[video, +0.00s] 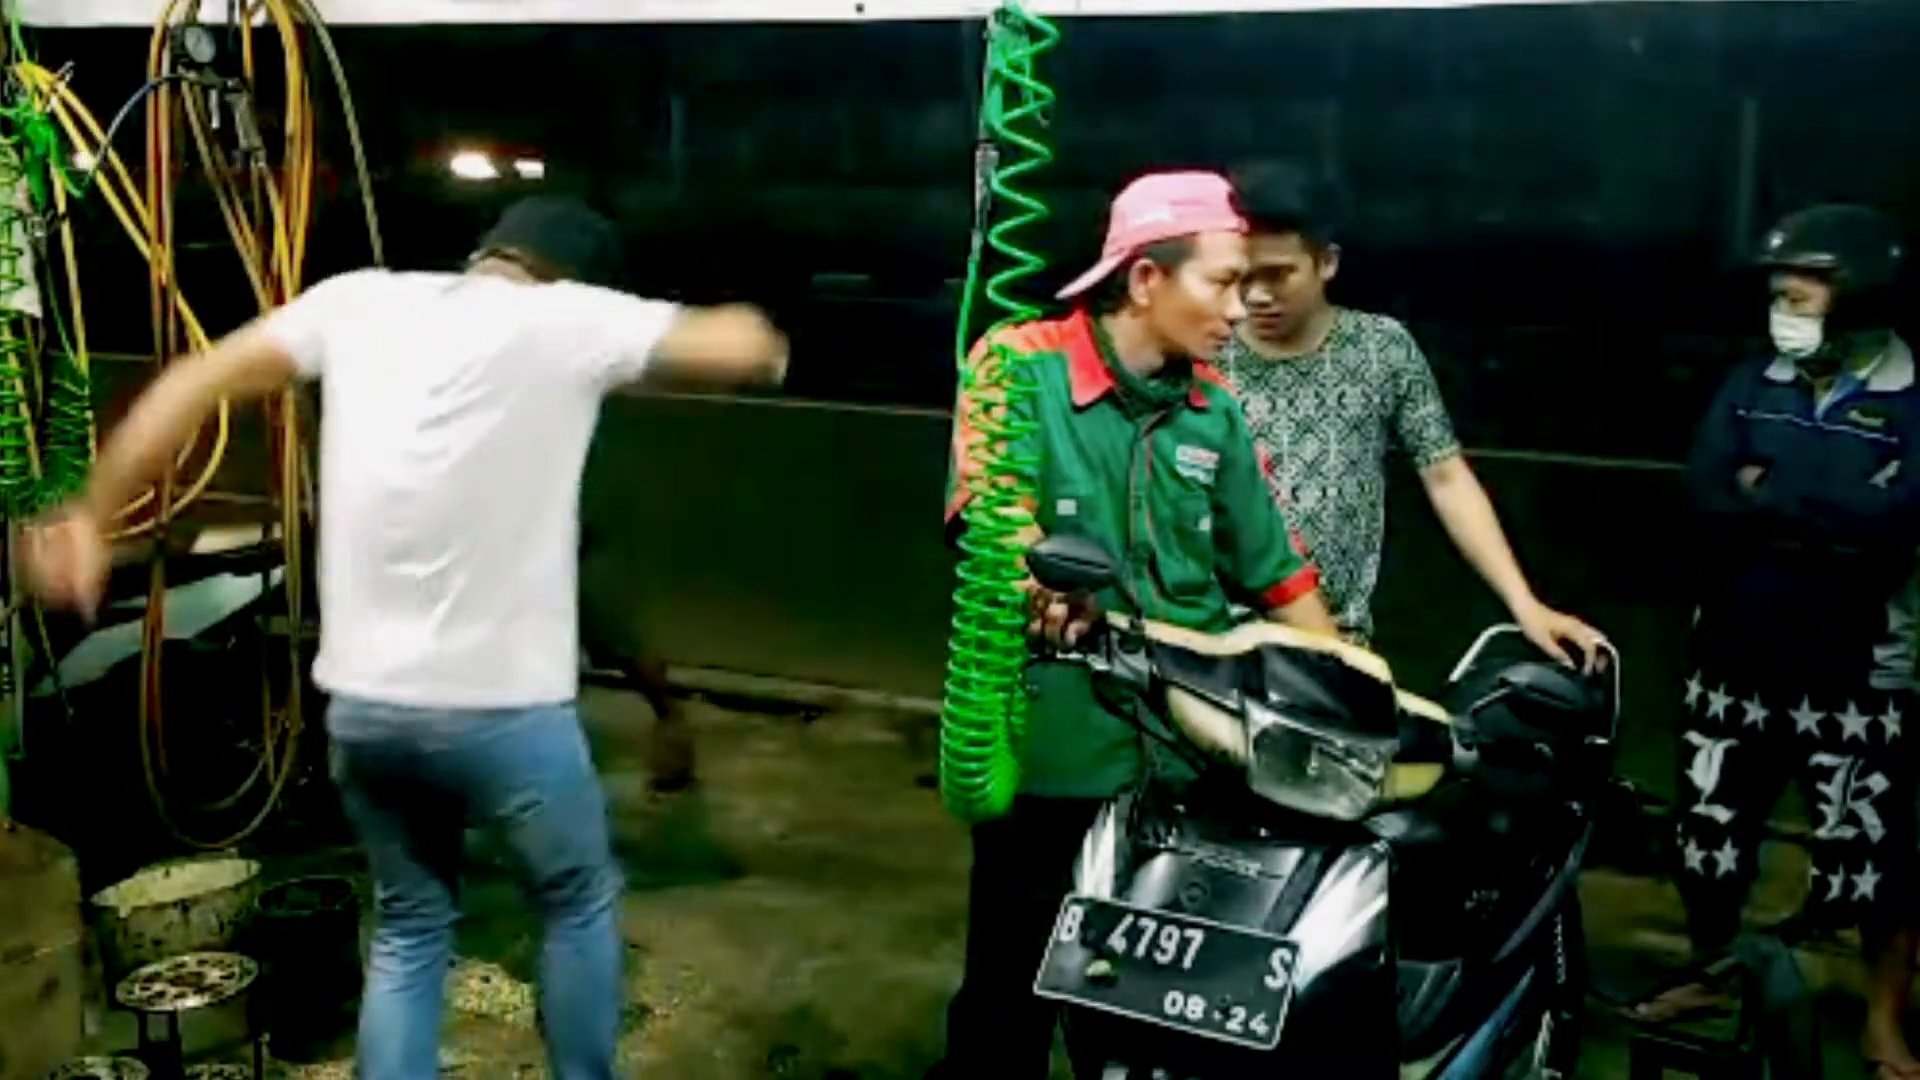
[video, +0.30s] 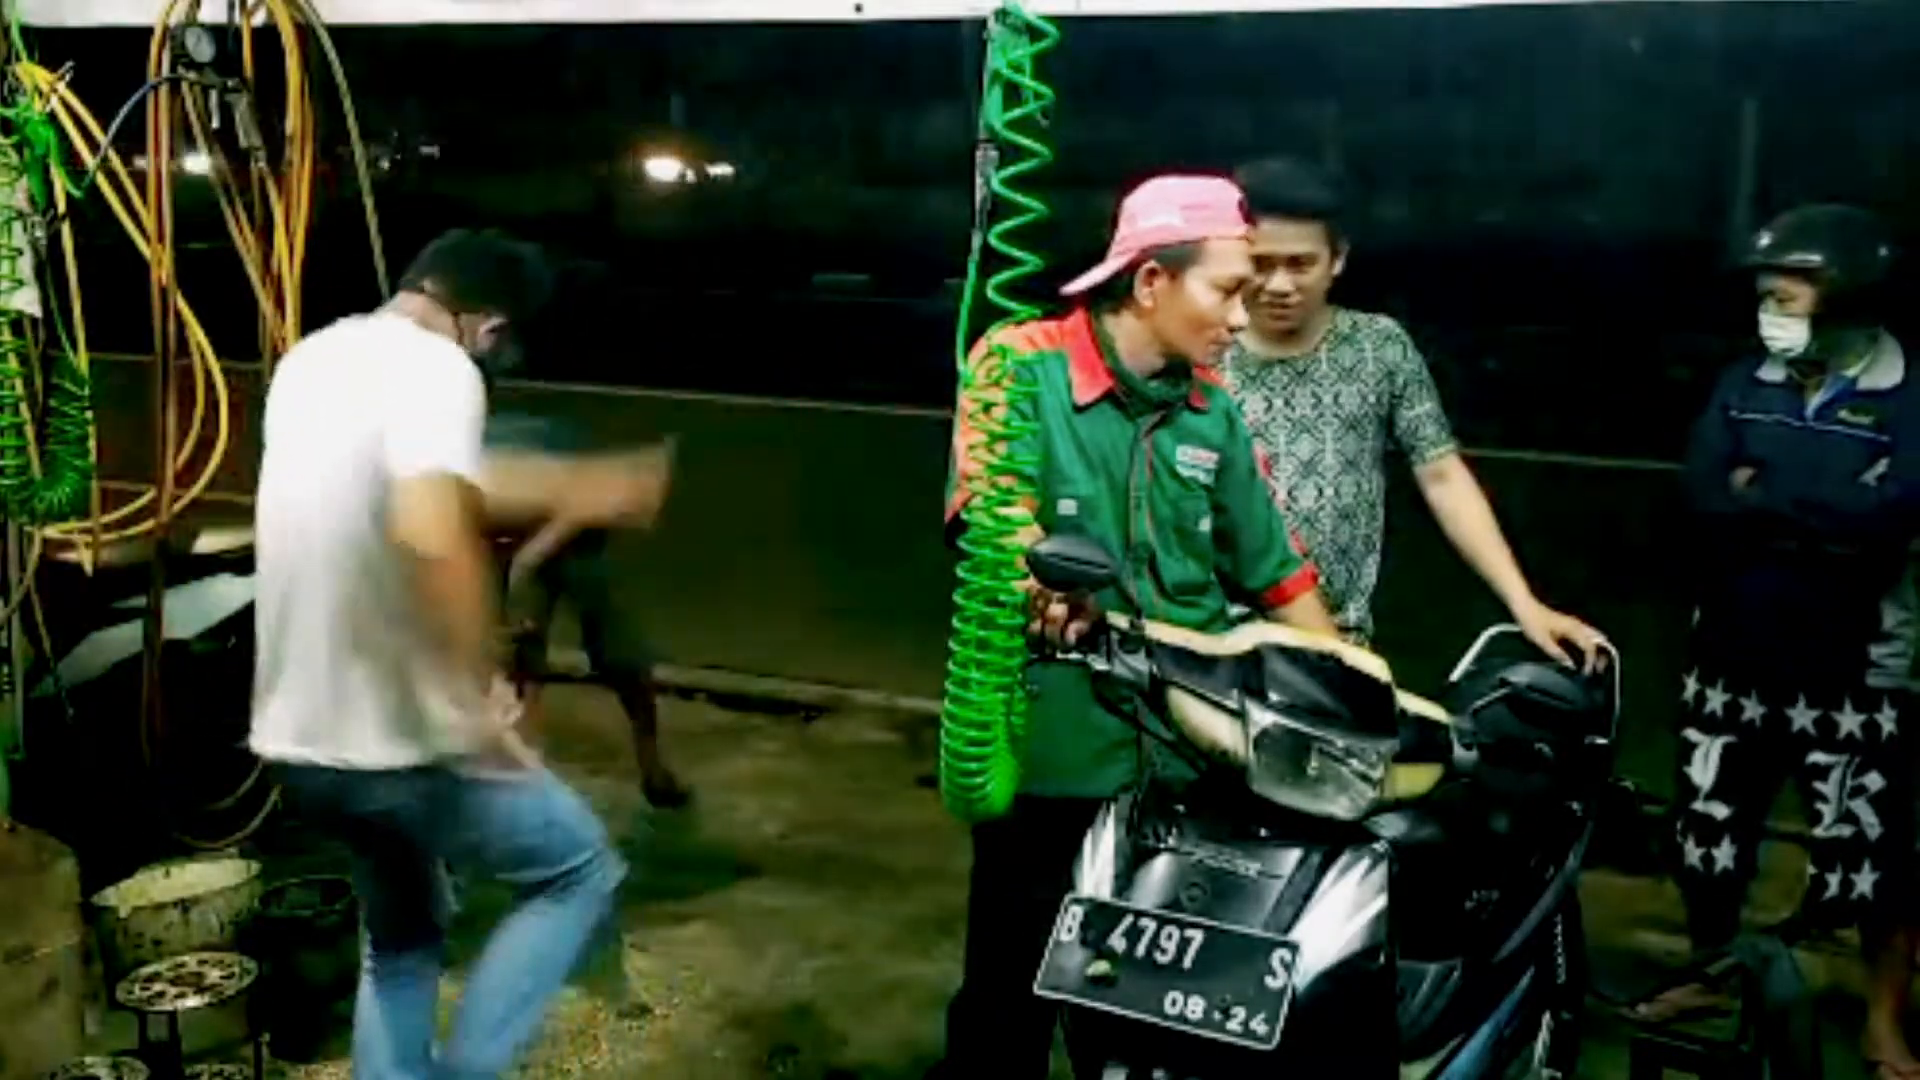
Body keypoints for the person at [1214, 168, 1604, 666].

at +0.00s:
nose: (1259, 296)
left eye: (1278, 274)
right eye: (1243, 278)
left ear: (1326, 263)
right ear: (1224, 273)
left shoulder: (1381, 349)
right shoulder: (1202, 356)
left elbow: (1447, 478)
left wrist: (1526, 607)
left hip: (1334, 639)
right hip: (1213, 633)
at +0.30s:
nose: (1278, 285)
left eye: (1299, 264)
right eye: (1262, 264)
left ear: (1336, 260)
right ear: (1236, 257)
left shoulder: (1379, 349)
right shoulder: (1201, 354)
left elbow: (1443, 476)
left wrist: (1525, 606)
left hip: (1334, 640)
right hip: (1212, 632)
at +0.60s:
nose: (1289, 283)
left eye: (1309, 263)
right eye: (1270, 262)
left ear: (1340, 262)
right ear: (1241, 257)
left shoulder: (1379, 350)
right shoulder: (1204, 352)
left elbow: (1442, 476)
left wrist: (1525, 607)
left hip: (1333, 638)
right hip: (1213, 629)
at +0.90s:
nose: (1296, 310)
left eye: (1315, 289)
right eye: (1276, 290)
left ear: (1338, 273)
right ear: (1241, 272)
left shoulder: (1377, 350)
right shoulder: (1202, 353)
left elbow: (1442, 478)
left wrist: (1525, 607)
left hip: (1337, 640)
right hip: (1220, 636)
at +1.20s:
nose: (1280, 341)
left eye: (1298, 324)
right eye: (1263, 323)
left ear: (1328, 297)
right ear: (1238, 298)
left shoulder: (1376, 347)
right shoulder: (1200, 355)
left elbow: (1442, 479)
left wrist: (1526, 606)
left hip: (1337, 645)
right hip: (1218, 640)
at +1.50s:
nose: (1253, 365)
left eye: (1271, 351)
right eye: (1244, 351)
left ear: (1310, 312)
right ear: (1226, 327)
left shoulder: (1373, 347)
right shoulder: (1197, 367)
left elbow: (1445, 478)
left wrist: (1526, 606)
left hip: (1342, 646)